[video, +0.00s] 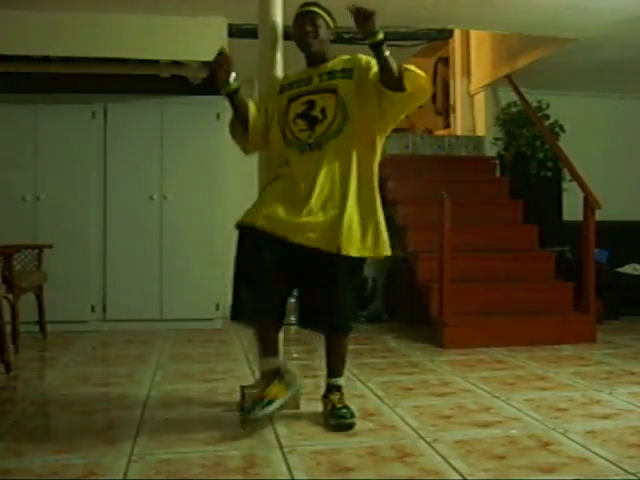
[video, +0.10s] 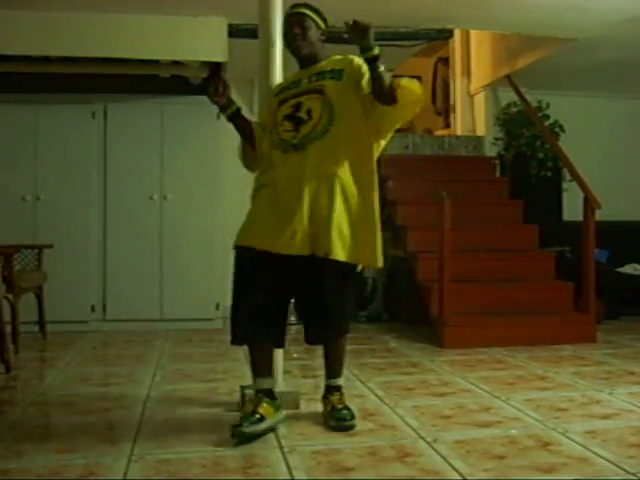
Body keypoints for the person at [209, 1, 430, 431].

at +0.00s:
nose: (309, 30)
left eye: (316, 23)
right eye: (302, 25)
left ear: (332, 31)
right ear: (294, 36)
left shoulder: (359, 71)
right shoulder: (281, 89)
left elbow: (398, 88)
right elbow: (249, 138)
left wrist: (373, 38)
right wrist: (232, 90)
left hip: (341, 210)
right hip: (281, 207)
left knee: (337, 311)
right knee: (258, 288)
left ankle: (335, 392)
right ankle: (273, 377)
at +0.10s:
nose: (296, 32)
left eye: (304, 25)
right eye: (291, 27)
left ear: (324, 33)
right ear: (286, 39)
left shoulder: (350, 68)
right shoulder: (280, 94)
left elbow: (388, 101)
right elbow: (261, 155)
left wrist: (369, 53)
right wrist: (231, 109)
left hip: (332, 212)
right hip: (273, 213)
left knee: (333, 308)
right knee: (257, 305)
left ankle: (334, 394)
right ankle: (264, 398)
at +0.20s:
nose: (287, 32)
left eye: (295, 24)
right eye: (281, 28)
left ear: (315, 32)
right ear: (277, 40)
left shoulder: (343, 69)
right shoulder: (273, 92)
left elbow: (385, 120)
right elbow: (254, 143)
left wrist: (366, 59)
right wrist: (220, 97)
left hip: (323, 214)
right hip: (261, 218)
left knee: (322, 311)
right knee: (256, 313)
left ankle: (332, 391)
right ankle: (272, 402)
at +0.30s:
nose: (279, 28)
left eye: (288, 20)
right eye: (272, 23)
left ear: (308, 30)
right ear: (266, 36)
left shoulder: (334, 71)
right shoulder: (253, 86)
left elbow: (377, 100)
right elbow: (220, 129)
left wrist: (359, 40)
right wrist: (209, 76)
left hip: (306, 205)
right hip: (250, 209)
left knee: (291, 292)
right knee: (247, 309)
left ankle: (324, 366)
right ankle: (271, 403)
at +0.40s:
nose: (275, 21)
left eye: (284, 14)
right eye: (268, 16)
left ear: (303, 26)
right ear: (261, 29)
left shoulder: (329, 71)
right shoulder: (239, 77)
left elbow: (377, 80)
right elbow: (186, 95)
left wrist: (355, 23)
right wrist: (201, 34)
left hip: (300, 196)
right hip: (242, 202)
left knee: (260, 250)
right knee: (240, 303)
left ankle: (295, 340)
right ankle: (271, 401)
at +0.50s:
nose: (275, 15)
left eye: (284, 8)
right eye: (268, 8)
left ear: (299, 19)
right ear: (258, 18)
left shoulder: (321, 66)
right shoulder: (228, 65)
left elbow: (376, 78)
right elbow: (178, 78)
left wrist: (351, 19)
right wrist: (196, 20)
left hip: (285, 194)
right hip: (225, 193)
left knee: (252, 285)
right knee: (233, 301)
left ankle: (259, 385)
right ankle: (269, 397)